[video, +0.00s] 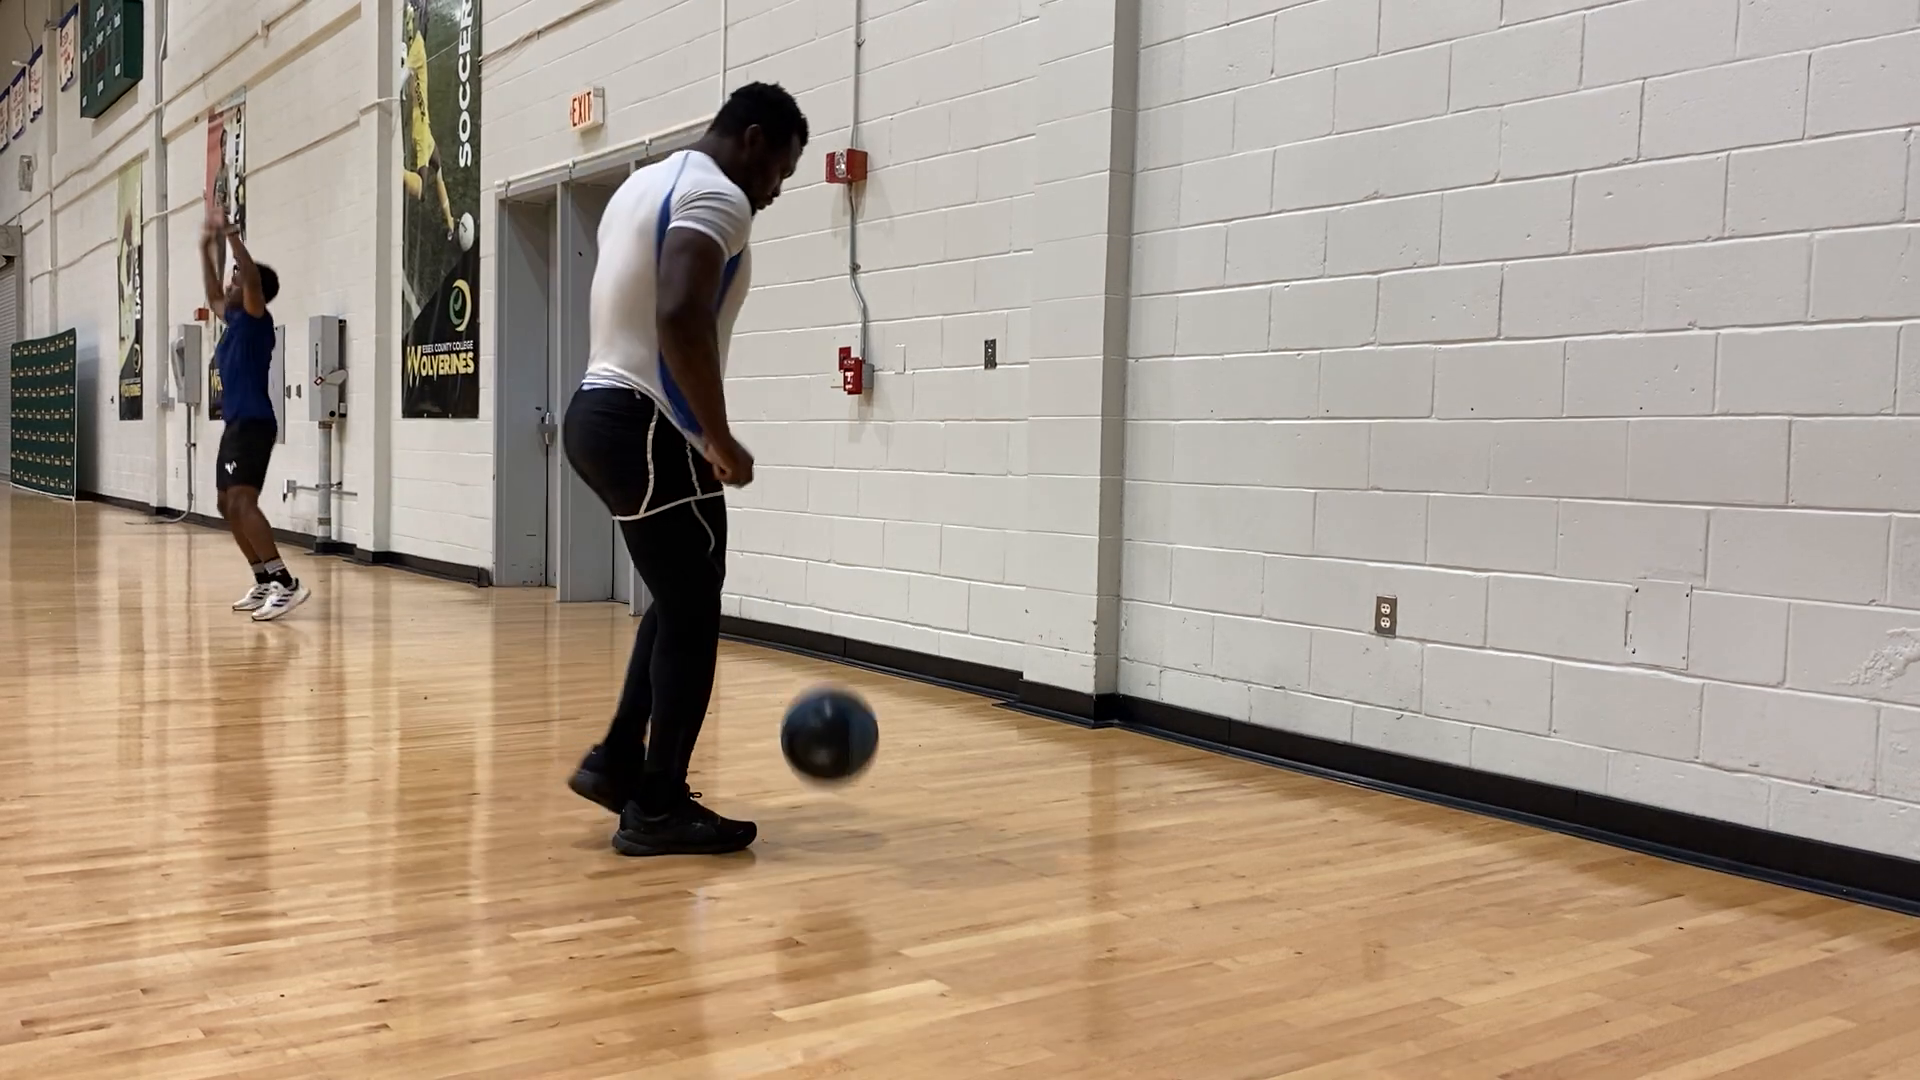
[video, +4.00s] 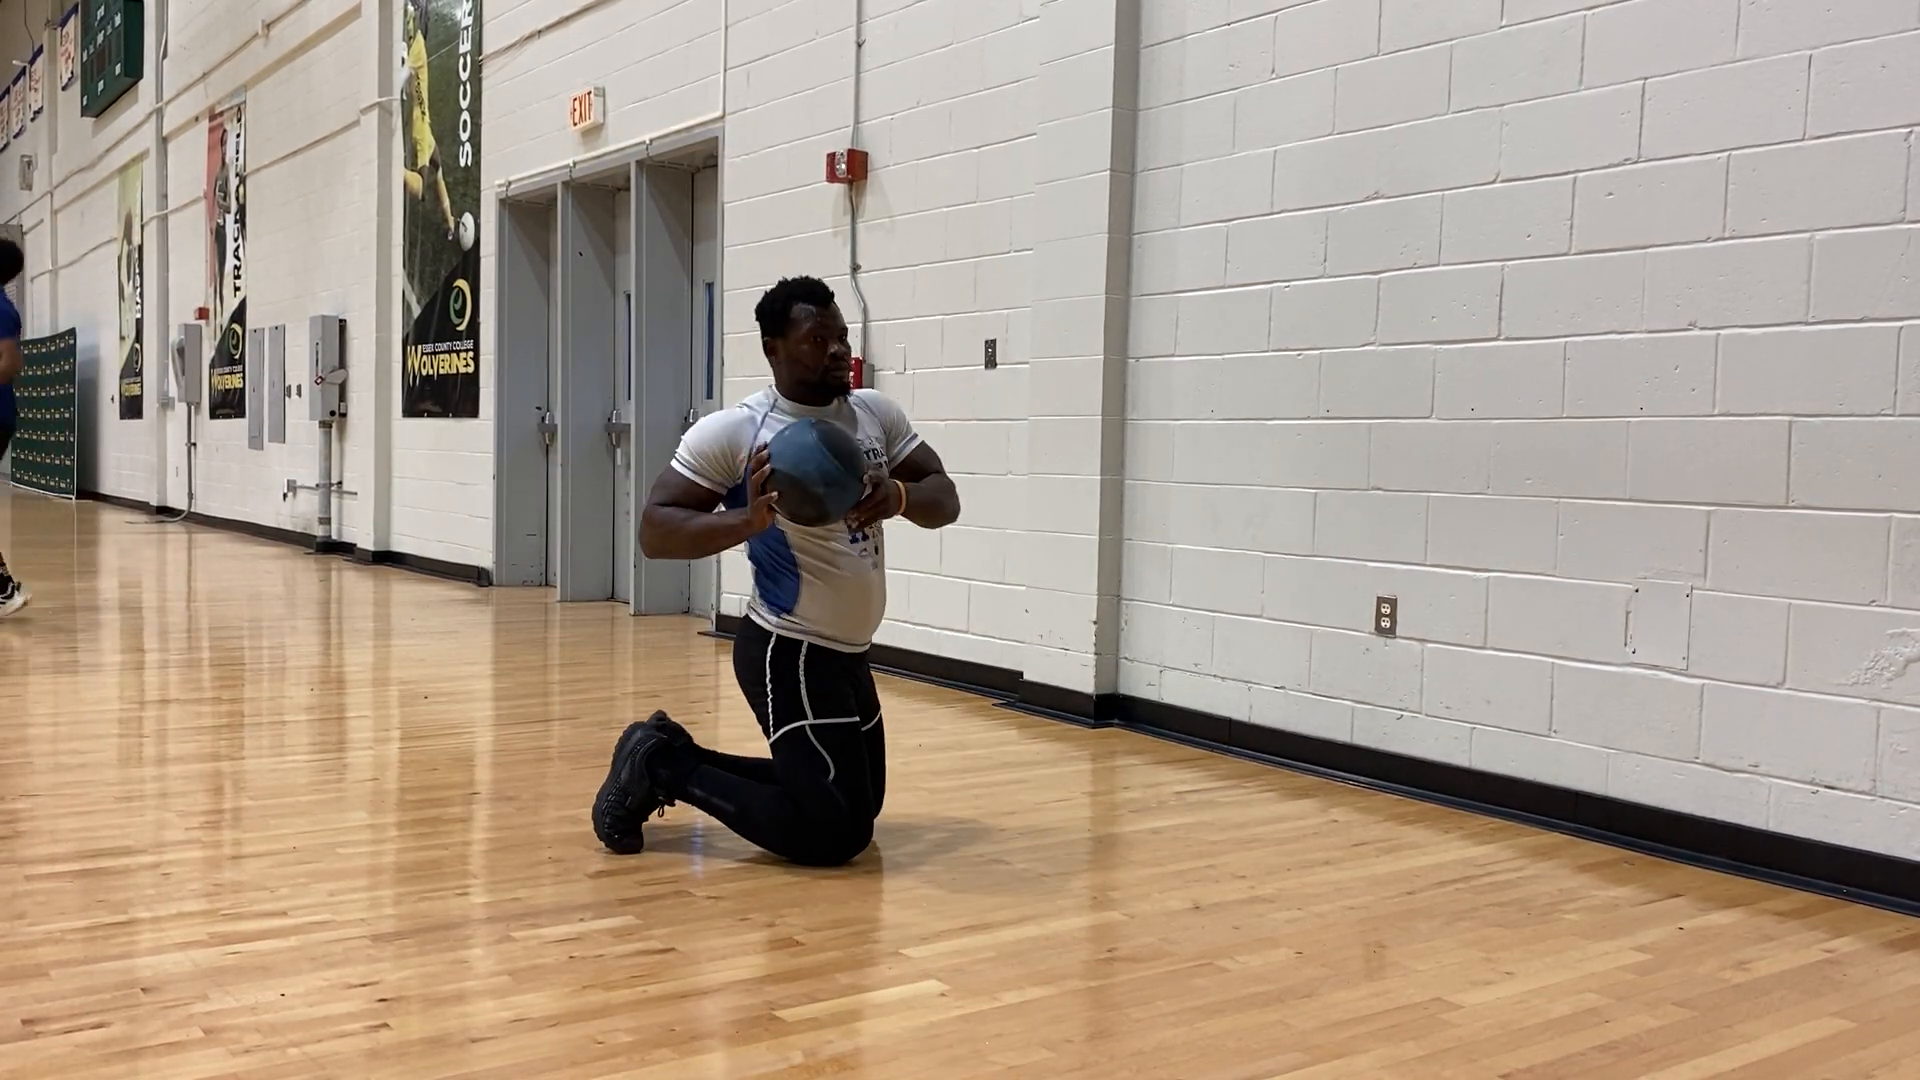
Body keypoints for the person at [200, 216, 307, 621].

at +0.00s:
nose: (230, 280)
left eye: (238, 276)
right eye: (232, 274)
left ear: (255, 289)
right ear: (234, 286)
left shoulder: (255, 320)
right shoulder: (233, 320)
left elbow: (250, 276)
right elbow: (214, 293)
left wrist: (231, 234)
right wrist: (207, 245)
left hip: (254, 424)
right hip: (235, 425)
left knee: (243, 502)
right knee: (227, 505)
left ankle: (284, 583)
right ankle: (263, 581)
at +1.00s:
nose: (173, 265)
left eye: (181, 261)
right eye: (177, 260)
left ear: (198, 271)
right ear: (186, 270)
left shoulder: (206, 301)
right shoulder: (183, 306)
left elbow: (207, 294)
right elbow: (167, 314)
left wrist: (196, 269)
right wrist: (142, 296)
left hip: (193, 403)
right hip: (179, 403)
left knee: (183, 488)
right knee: (177, 489)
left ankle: (219, 572)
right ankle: (206, 571)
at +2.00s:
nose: (98, 254)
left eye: (106, 250)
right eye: (102, 249)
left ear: (121, 262)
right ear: (117, 262)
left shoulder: (124, 291)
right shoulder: (109, 296)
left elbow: (135, 322)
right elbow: (101, 336)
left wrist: (102, 320)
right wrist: (65, 328)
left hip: (116, 397)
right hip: (103, 397)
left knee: (101, 486)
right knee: (96, 488)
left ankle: (126, 577)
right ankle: (128, 572)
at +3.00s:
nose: (17, 274)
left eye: (26, 269)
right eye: (21, 268)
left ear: (44, 281)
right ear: (41, 282)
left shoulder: (49, 319)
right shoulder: (32, 319)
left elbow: (65, 380)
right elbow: (37, 378)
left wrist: (39, 423)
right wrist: (15, 410)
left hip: (50, 424)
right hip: (35, 422)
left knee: (16, 505)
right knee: (15, 505)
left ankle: (60, 591)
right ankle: (58, 589)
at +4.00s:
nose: (14, 279)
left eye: (11, 267)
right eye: (14, 270)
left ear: (2, 269)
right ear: (12, 271)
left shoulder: (6, 310)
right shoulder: (6, 310)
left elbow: (11, 363)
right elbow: (11, 363)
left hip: (2, 418)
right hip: (3, 417)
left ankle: (3, 582)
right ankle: (2, 581)